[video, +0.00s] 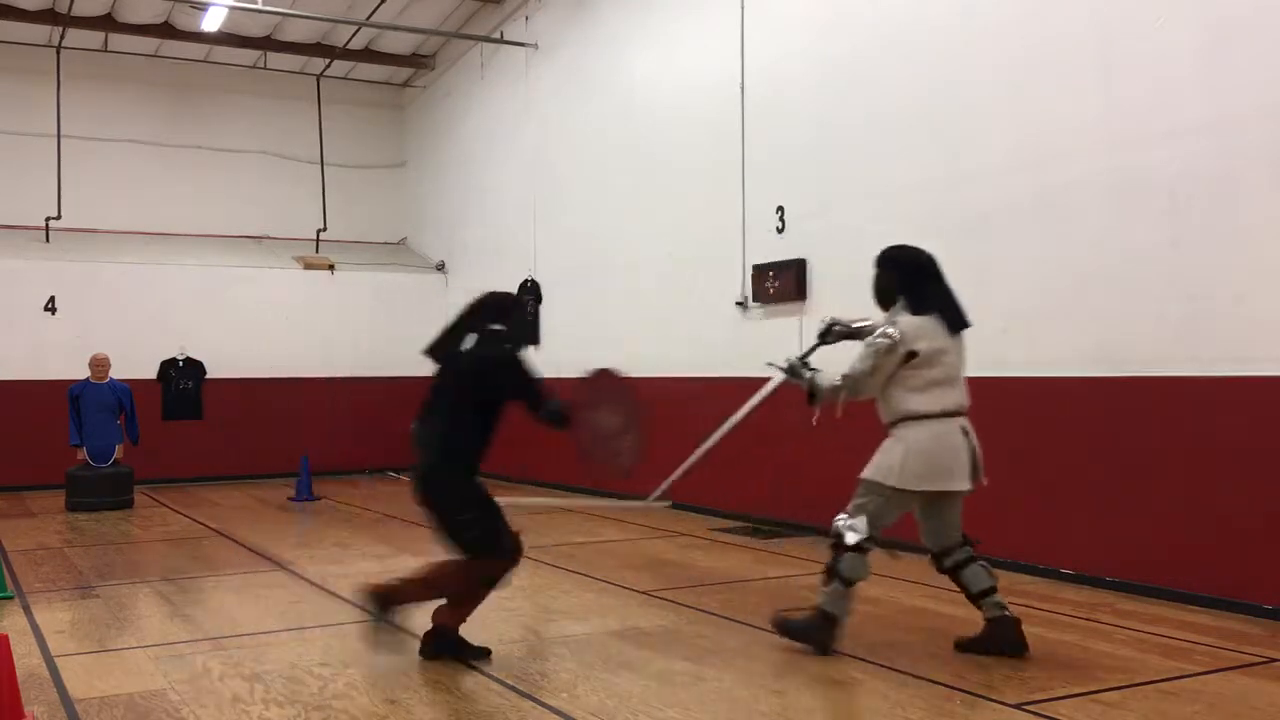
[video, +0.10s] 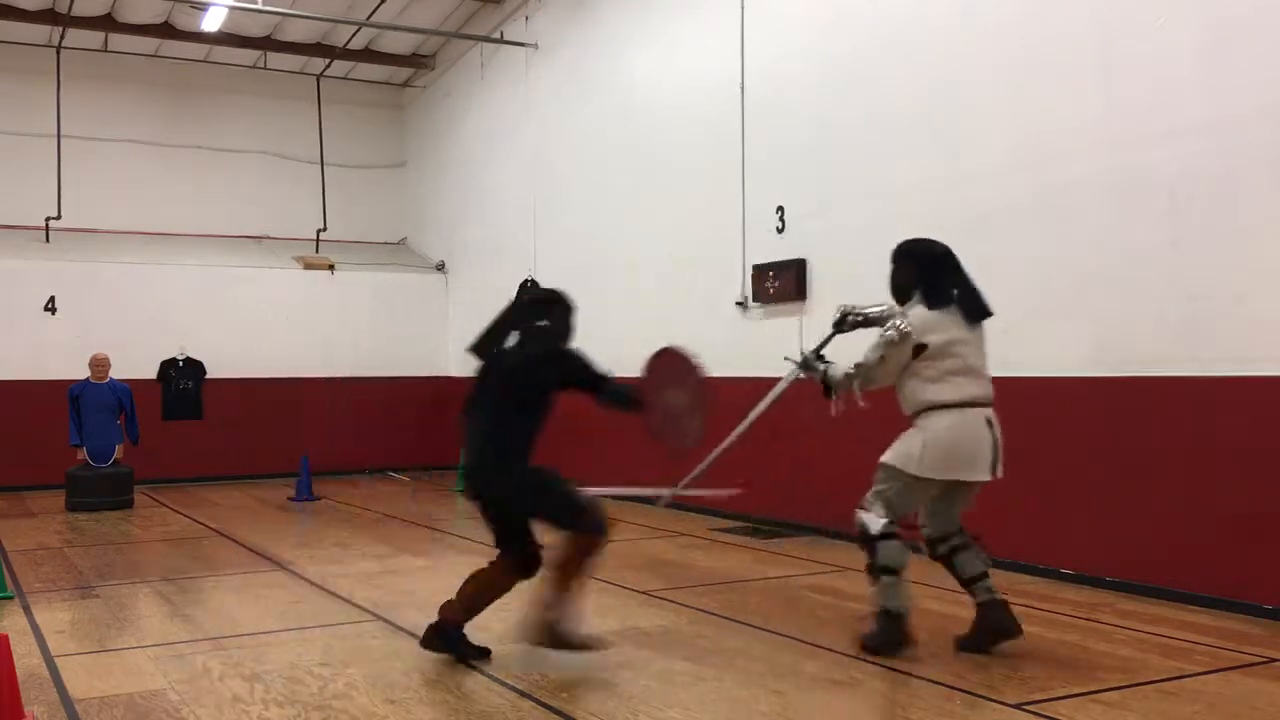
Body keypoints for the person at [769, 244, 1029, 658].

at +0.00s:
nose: (874, 285)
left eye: (879, 277)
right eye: (876, 276)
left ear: (895, 282)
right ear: (923, 280)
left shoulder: (897, 331)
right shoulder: (946, 324)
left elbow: (858, 382)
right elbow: (903, 334)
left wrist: (812, 381)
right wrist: (855, 329)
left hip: (913, 445)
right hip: (954, 441)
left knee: (854, 528)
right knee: (947, 545)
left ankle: (825, 622)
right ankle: (1002, 624)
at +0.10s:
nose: (892, 279)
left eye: (896, 271)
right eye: (894, 271)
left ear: (912, 275)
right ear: (941, 273)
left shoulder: (910, 323)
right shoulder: (966, 313)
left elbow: (871, 373)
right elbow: (922, 323)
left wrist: (827, 374)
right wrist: (875, 315)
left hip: (938, 433)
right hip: (982, 432)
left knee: (876, 514)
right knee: (941, 527)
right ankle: (993, 611)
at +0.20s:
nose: (912, 289)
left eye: (916, 281)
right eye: (912, 280)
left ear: (930, 283)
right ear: (962, 278)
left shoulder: (925, 330)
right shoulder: (987, 315)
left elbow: (877, 376)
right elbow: (932, 310)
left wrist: (835, 364)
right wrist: (886, 312)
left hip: (957, 440)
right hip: (1002, 436)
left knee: (903, 529)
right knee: (956, 522)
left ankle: (903, 630)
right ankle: (1009, 592)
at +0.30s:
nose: (943, 292)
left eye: (949, 284)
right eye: (945, 283)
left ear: (964, 289)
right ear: (993, 286)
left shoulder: (957, 336)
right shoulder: (1016, 326)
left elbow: (905, 376)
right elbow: (948, 316)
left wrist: (860, 377)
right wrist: (895, 319)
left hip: (978, 445)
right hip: (1022, 443)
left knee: (912, 527)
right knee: (993, 527)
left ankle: (905, 632)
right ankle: (1064, 582)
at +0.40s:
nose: (979, 297)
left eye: (984, 290)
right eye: (981, 288)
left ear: (1000, 295)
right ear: (1028, 291)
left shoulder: (998, 339)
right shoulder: (1050, 329)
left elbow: (947, 377)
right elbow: (973, 323)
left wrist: (894, 392)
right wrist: (920, 338)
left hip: (1011, 448)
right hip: (1052, 446)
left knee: (954, 531)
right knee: (1039, 542)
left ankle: (916, 628)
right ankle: (1119, 601)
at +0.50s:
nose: (999, 305)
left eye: (1004, 298)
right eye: (1000, 297)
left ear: (1020, 303)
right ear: (1052, 297)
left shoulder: (1019, 349)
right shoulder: (1075, 333)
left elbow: (971, 390)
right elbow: (1008, 323)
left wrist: (920, 397)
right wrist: (955, 336)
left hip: (1047, 455)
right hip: (1089, 450)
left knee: (987, 536)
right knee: (1076, 545)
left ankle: (954, 624)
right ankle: (1135, 611)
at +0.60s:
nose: (1019, 302)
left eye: (1022, 296)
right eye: (1019, 296)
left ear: (1037, 298)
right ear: (1068, 289)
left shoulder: (1036, 341)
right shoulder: (1097, 322)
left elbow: (995, 389)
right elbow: (1037, 308)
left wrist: (952, 377)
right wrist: (987, 317)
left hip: (1066, 449)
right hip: (1113, 444)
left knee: (1003, 531)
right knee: (1089, 536)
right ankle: (1138, 613)